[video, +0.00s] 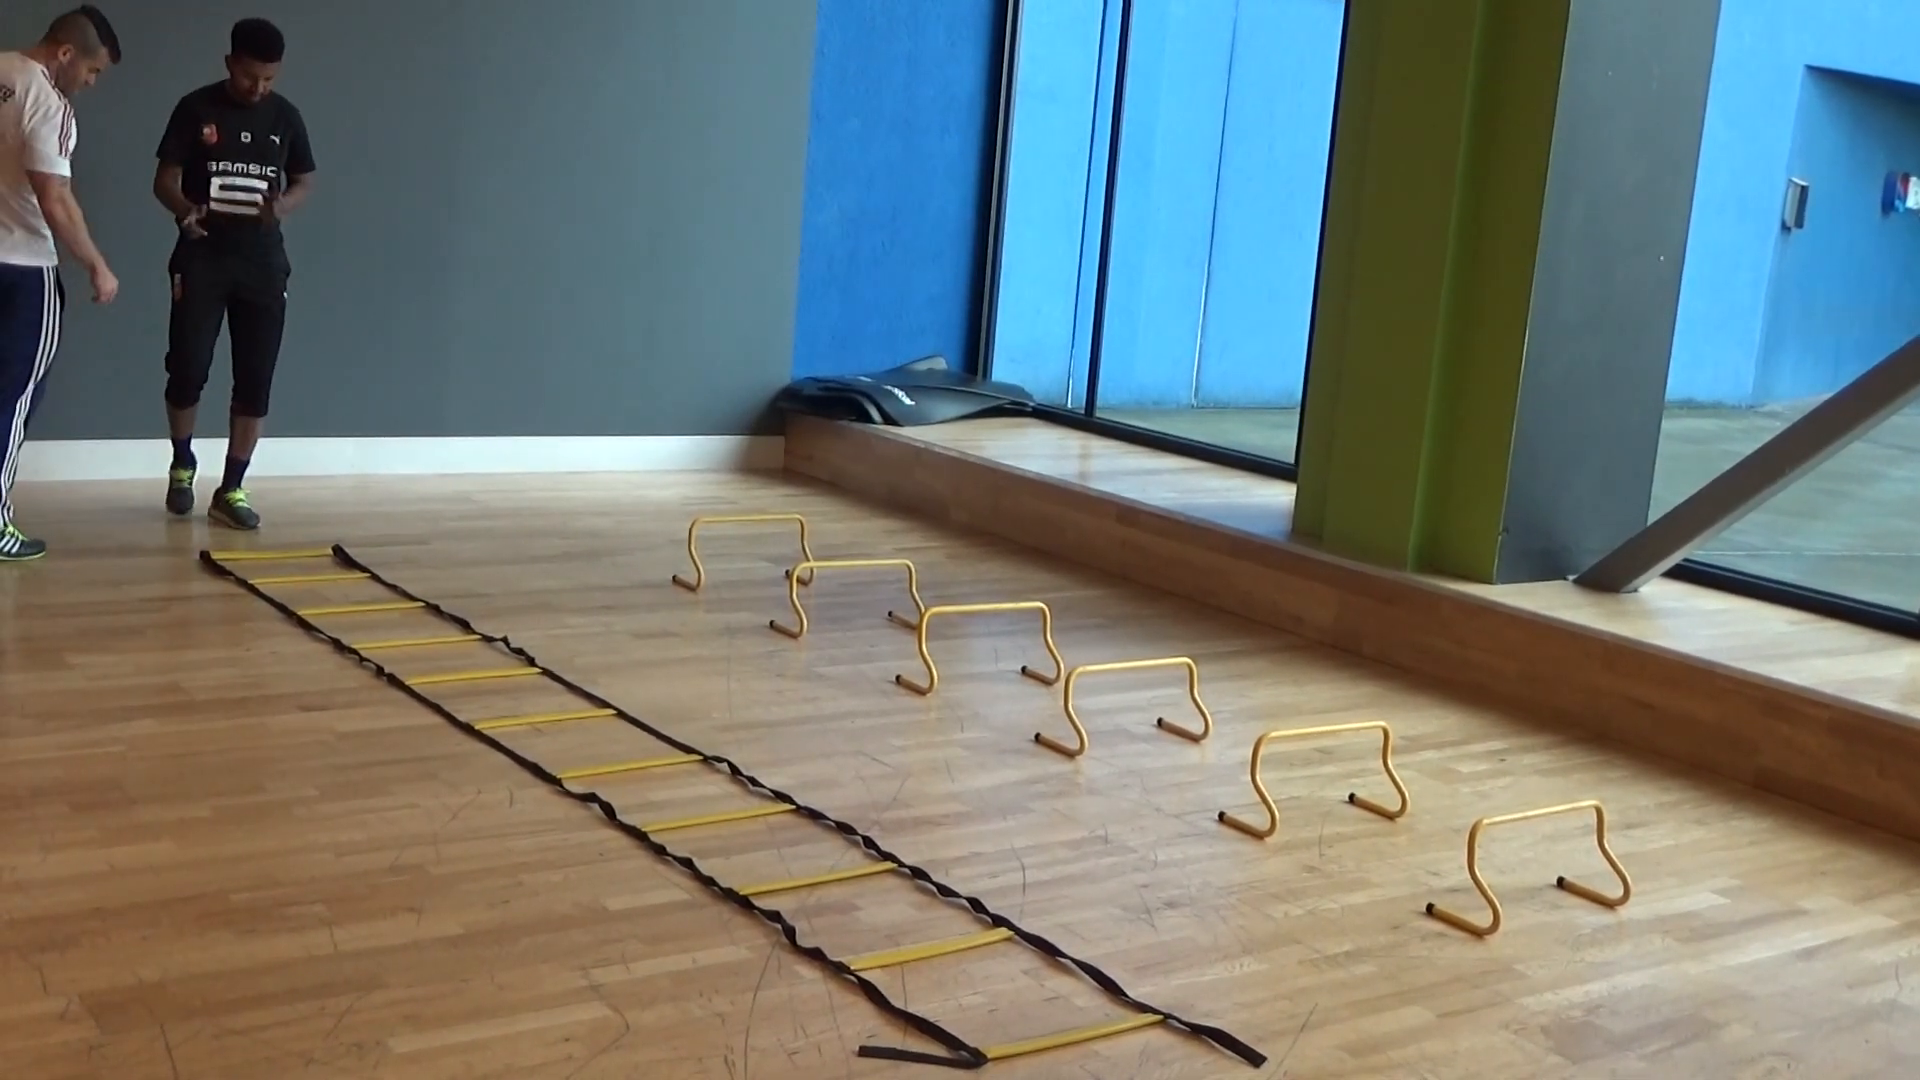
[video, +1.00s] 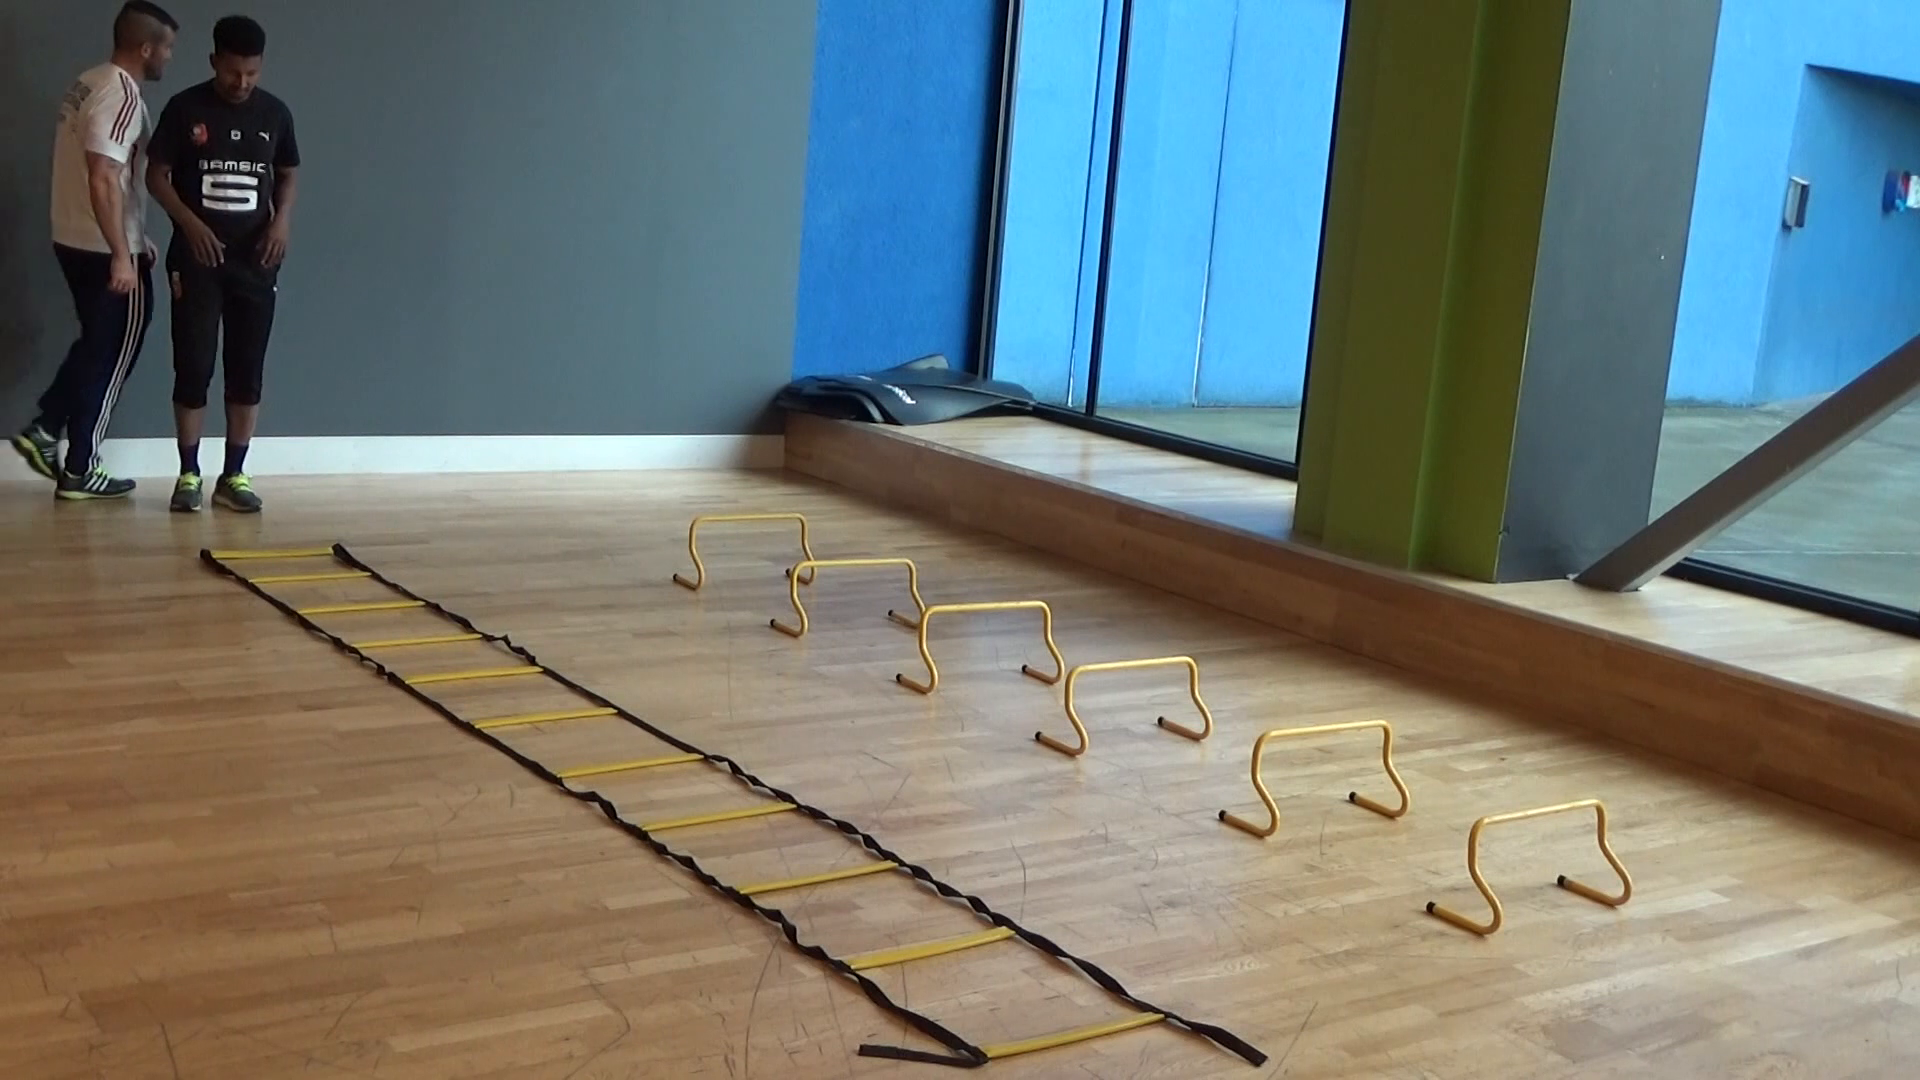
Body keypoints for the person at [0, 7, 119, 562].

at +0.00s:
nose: (88, 85)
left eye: (94, 77)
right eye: (90, 73)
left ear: (58, 48)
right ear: (63, 51)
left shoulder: (7, 69)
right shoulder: (45, 100)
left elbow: (49, 191)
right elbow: (54, 198)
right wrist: (97, 263)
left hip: (6, 264)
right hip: (22, 269)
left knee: (12, 395)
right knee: (15, 396)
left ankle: (2, 520)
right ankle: (0, 522)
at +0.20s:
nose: (90, 91)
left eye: (96, 81)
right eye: (91, 78)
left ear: (55, 58)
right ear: (62, 58)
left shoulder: (8, 83)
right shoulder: (44, 106)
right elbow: (57, 203)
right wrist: (104, 271)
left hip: (6, 268)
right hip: (31, 273)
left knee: (14, 390)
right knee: (22, 395)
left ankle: (4, 500)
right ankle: (2, 518)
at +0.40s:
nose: (98, 75)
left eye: (102, 66)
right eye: (98, 63)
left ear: (61, 48)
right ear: (68, 49)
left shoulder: (8, 74)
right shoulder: (53, 98)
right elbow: (49, 189)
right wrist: (67, 269)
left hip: (2, 257)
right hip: (34, 260)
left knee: (2, 371)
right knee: (66, 365)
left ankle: (8, 472)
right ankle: (15, 472)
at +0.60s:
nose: (113, 60)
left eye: (115, 50)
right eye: (112, 49)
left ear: (70, 41)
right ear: (89, 45)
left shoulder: (15, 74)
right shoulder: (67, 92)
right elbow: (53, 173)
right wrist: (68, 252)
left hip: (10, 249)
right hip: (58, 252)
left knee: (4, 366)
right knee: (78, 363)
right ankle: (55, 479)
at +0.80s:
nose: (135, 60)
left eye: (137, 49)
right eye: (134, 49)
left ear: (91, 42)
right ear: (116, 46)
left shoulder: (43, 83)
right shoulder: (94, 101)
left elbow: (48, 178)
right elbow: (80, 181)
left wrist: (106, 235)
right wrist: (101, 259)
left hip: (28, 253)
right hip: (81, 259)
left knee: (16, 368)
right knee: (94, 369)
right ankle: (80, 471)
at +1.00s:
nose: (170, 57)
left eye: (171, 49)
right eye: (167, 48)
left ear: (127, 44)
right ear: (145, 47)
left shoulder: (91, 82)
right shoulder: (121, 92)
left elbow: (97, 177)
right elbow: (102, 178)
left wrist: (137, 239)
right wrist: (121, 254)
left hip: (79, 242)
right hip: (106, 246)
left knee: (97, 343)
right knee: (114, 354)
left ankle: (45, 432)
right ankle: (81, 470)